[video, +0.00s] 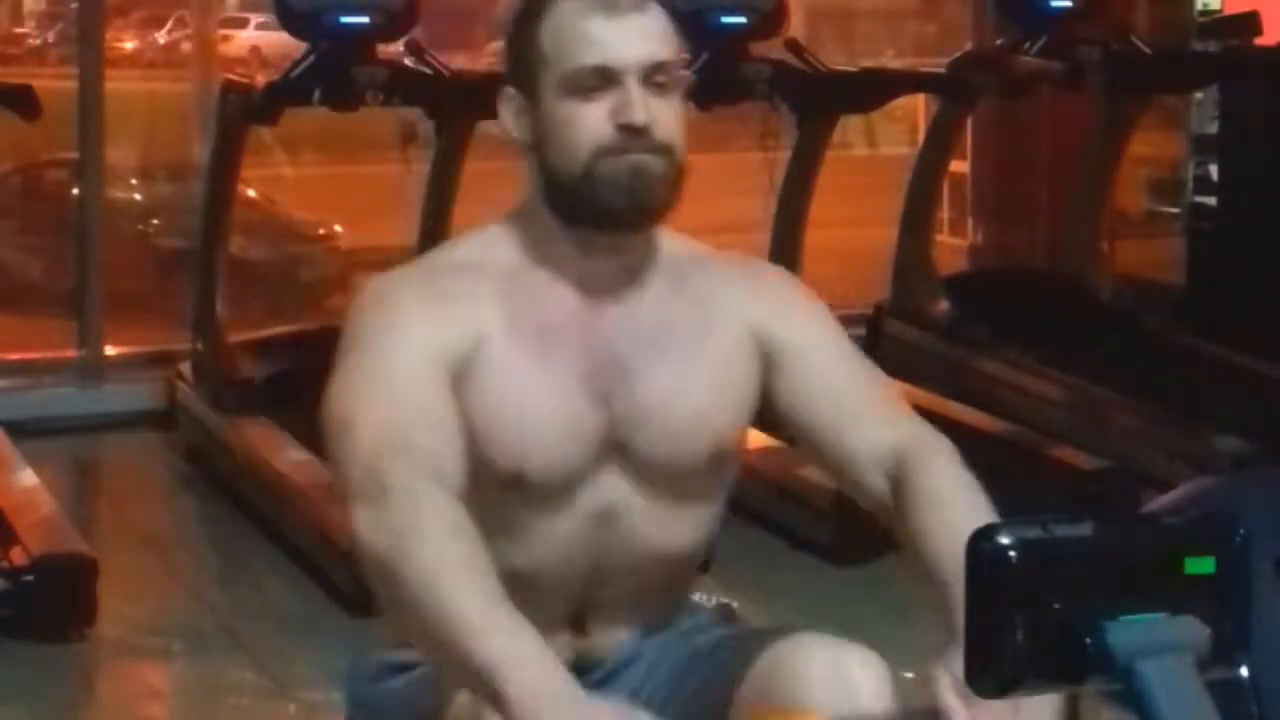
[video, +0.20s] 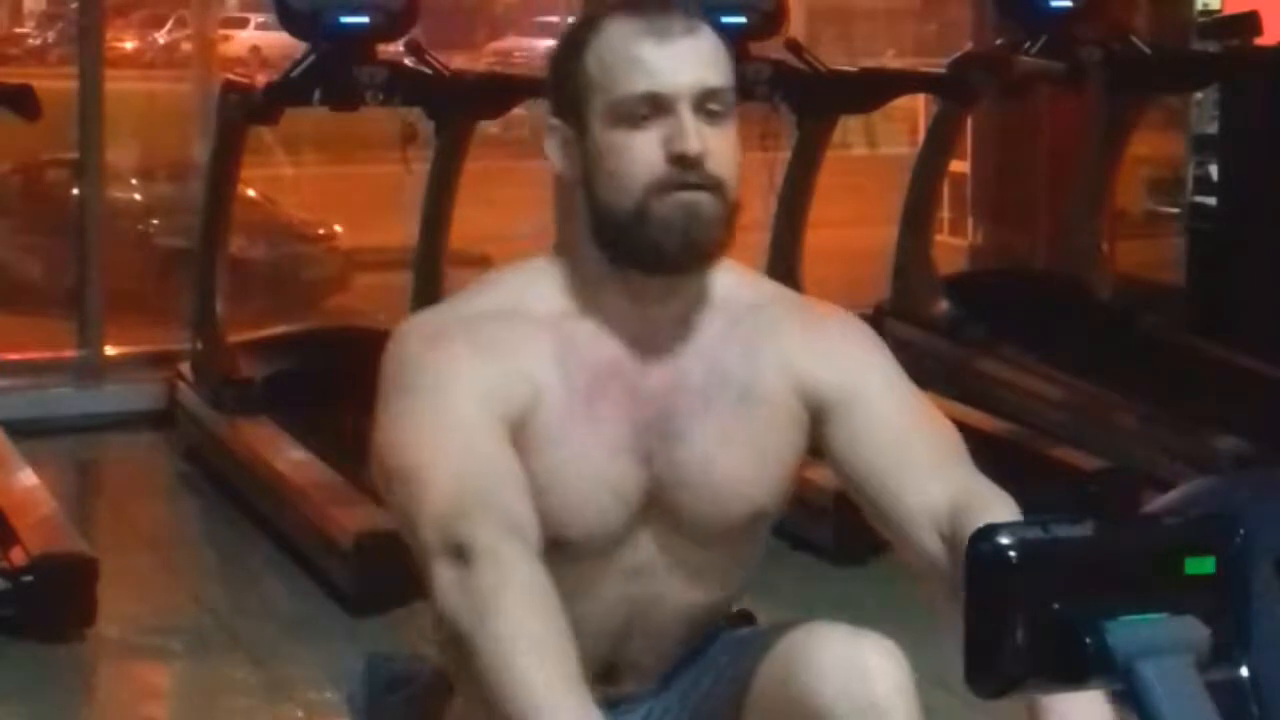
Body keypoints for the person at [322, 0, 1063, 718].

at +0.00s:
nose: (636, 115)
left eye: (659, 84)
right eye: (591, 87)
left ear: (689, 105)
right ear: (519, 115)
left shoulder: (757, 303)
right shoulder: (415, 311)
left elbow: (906, 462)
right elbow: (402, 518)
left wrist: (1001, 632)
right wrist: (542, 694)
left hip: (663, 655)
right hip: (468, 665)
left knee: (843, 683)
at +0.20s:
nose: (689, 145)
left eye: (711, 110)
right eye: (641, 115)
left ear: (740, 133)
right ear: (559, 147)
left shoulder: (817, 344)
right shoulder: (451, 357)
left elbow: (962, 519)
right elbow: (487, 585)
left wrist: (1073, 684)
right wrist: (573, 714)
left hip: (691, 677)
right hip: (499, 688)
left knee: (857, 669)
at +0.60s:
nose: (619, 105)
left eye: (644, 70)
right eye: (574, 75)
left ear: (675, 88)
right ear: (500, 101)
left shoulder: (742, 290)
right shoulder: (404, 295)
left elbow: (882, 467)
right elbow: (418, 504)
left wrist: (978, 642)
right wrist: (545, 694)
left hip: (654, 646)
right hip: (453, 656)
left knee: (838, 683)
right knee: (495, 709)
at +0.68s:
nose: (584, 90)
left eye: (604, 61)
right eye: (541, 65)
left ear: (633, 81)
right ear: (471, 90)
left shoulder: (710, 270)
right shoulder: (384, 274)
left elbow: (838, 422)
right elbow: (389, 454)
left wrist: (923, 564)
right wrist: (508, 618)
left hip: (642, 631)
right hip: (430, 640)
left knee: (821, 687)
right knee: (508, 702)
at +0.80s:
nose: (533, 83)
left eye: (555, 56)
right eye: (494, 57)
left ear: (586, 71)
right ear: (426, 74)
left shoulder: (650, 246)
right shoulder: (347, 254)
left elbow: (771, 393)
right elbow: (312, 418)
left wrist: (837, 516)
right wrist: (437, 551)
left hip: (606, 632)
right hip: (418, 632)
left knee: (796, 711)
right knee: (473, 711)